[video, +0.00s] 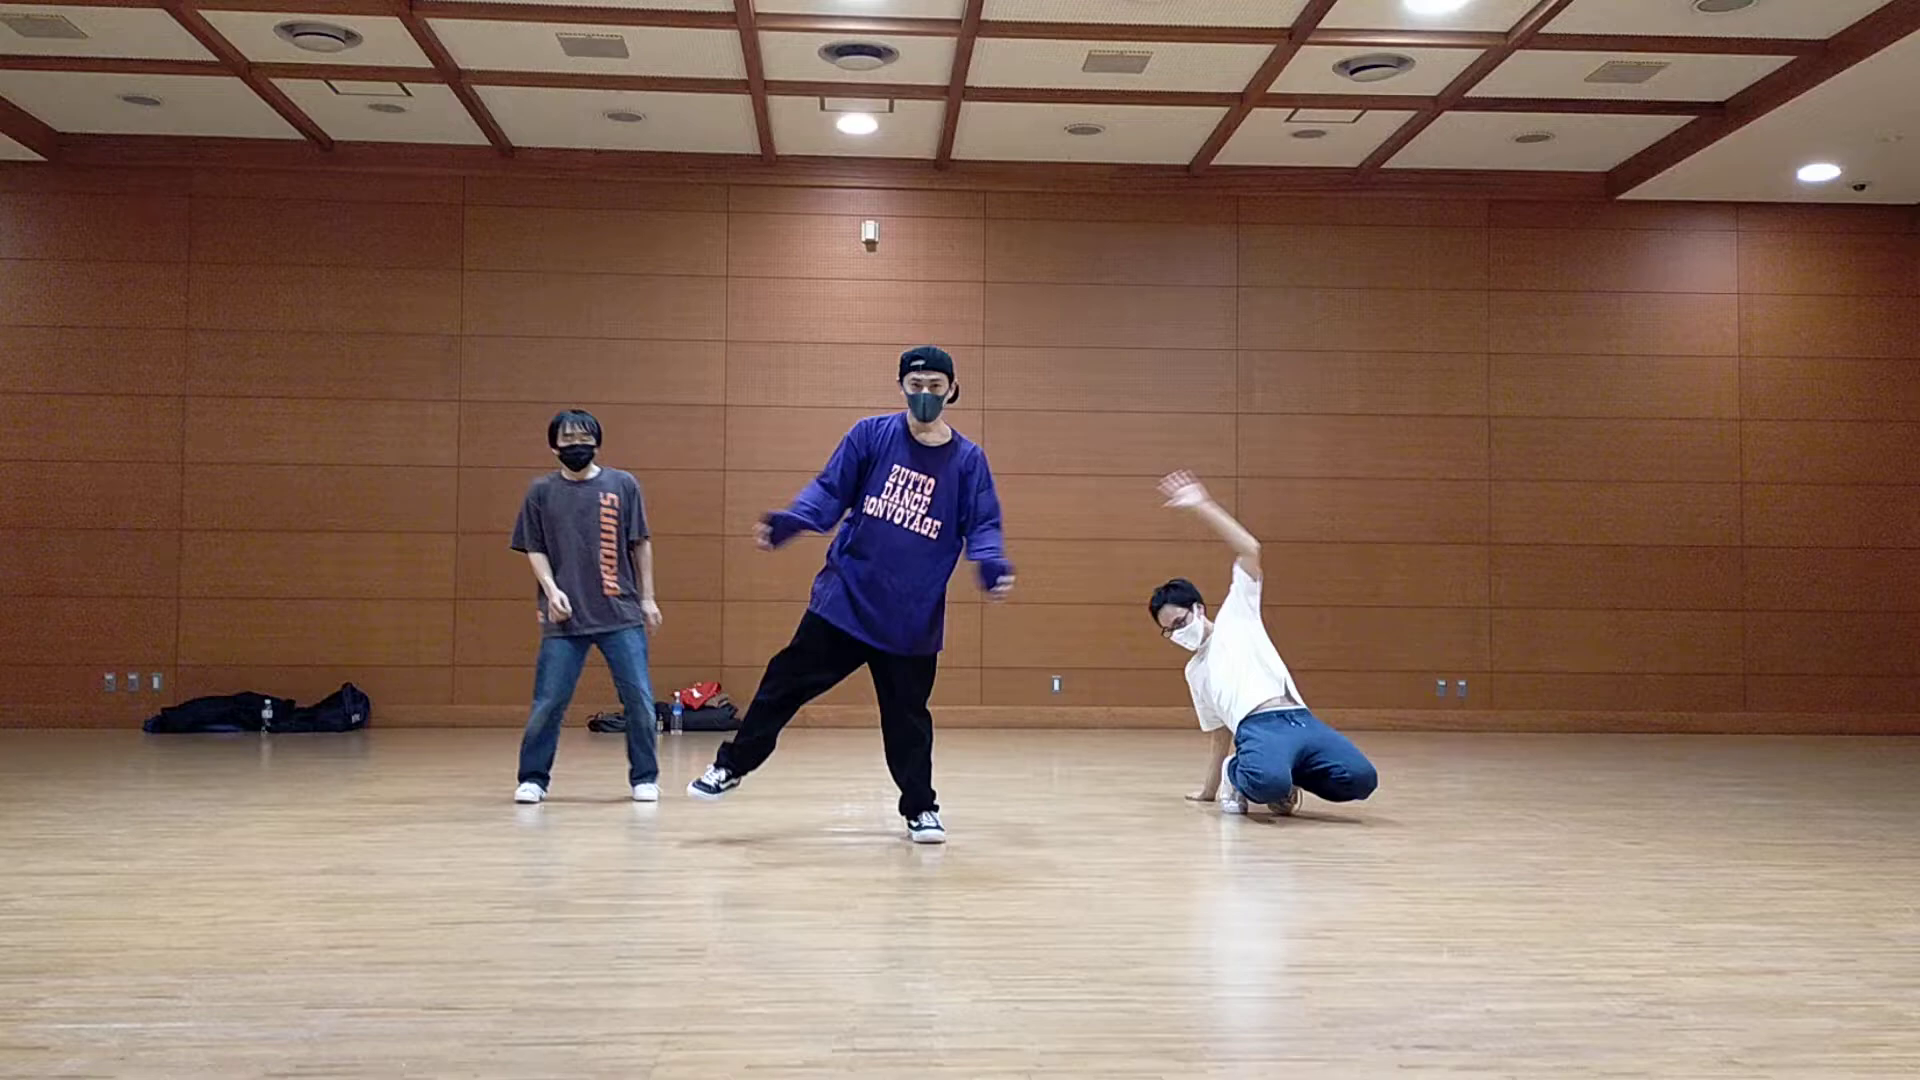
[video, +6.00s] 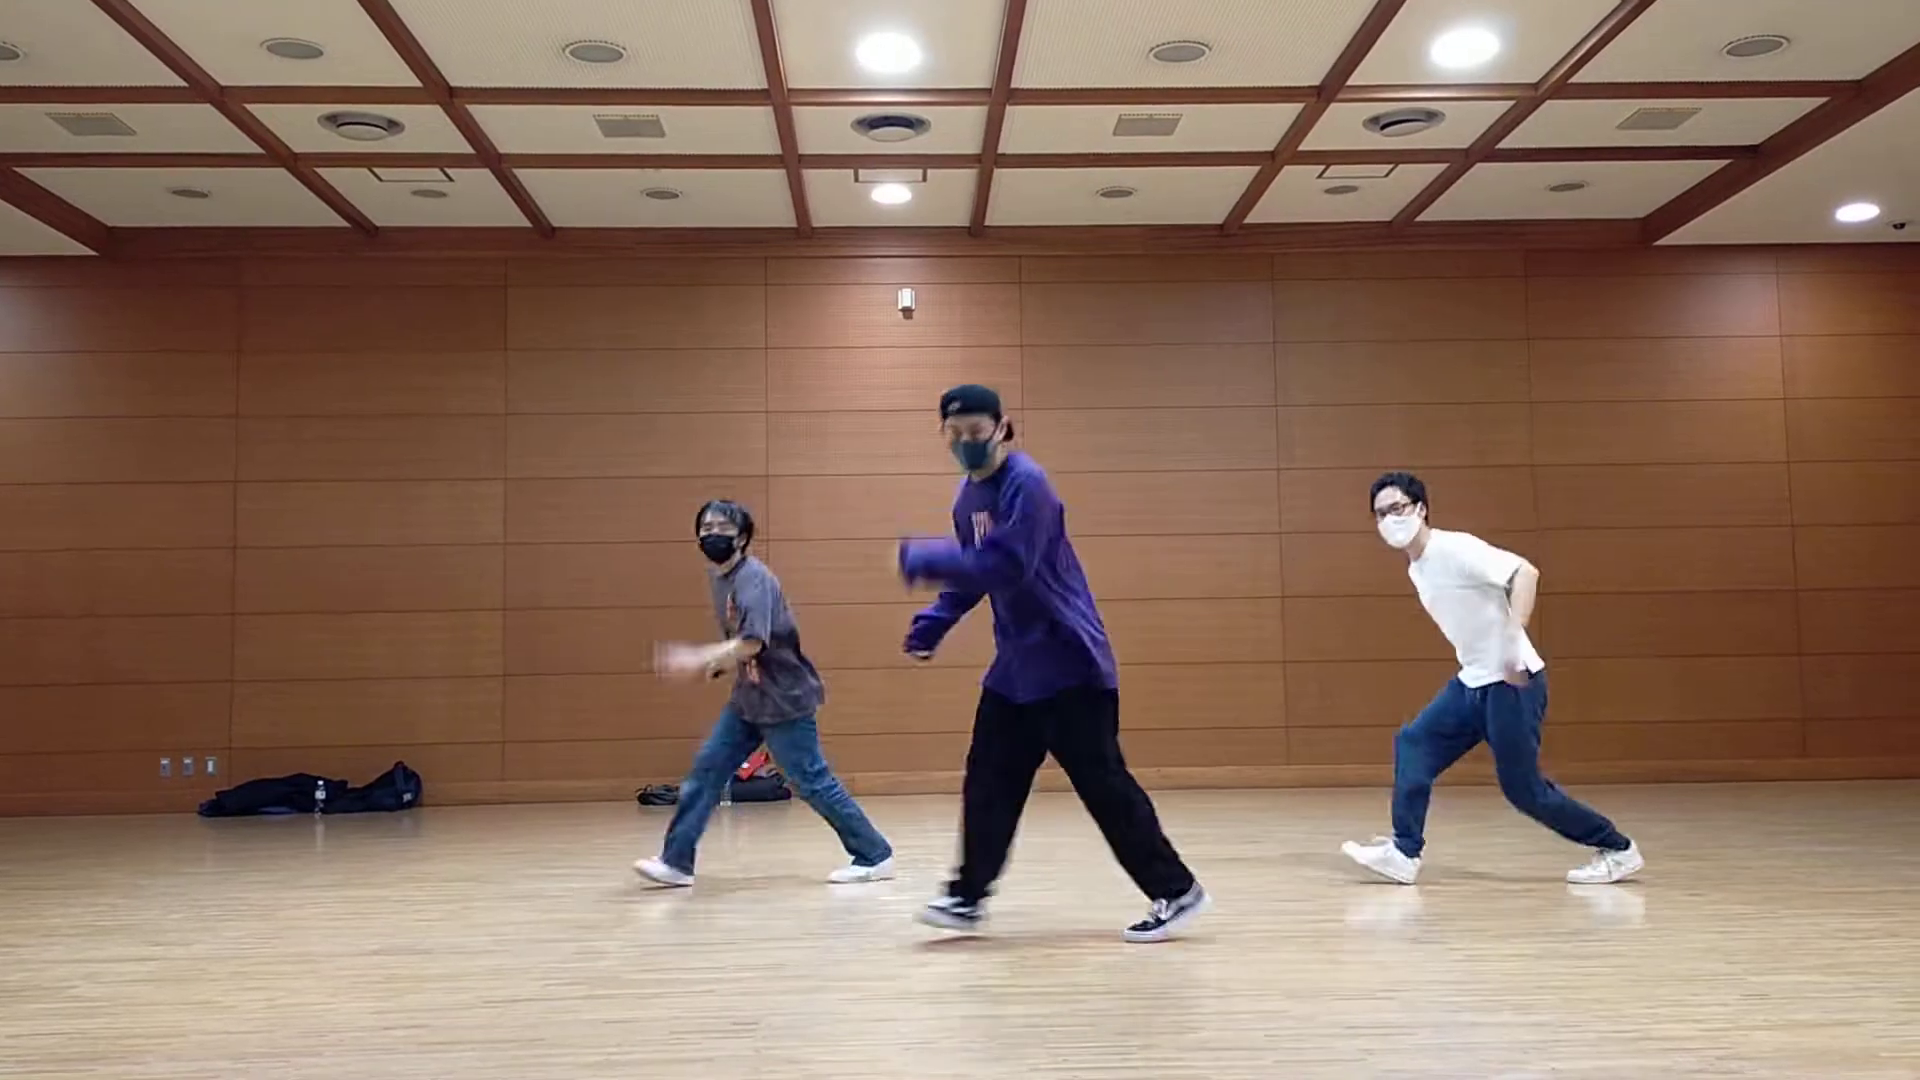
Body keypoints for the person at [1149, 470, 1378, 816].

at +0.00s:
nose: (1177, 634)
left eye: (1180, 622)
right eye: (1169, 631)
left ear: (1199, 609)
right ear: (1165, 635)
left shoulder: (1238, 611)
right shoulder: (1196, 673)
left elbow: (1250, 549)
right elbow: (1220, 736)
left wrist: (1201, 504)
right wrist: (1208, 791)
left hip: (1301, 719)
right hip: (1258, 730)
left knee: (1362, 781)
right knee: (1273, 786)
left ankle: (1290, 783)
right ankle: (1236, 781)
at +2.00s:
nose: (1284, 480)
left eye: (1291, 472)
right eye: (1274, 473)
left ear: (1304, 476)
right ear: (1261, 479)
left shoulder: (1329, 525)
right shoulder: (1242, 524)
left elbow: (1346, 589)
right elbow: (1217, 583)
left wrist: (1366, 649)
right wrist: (1193, 633)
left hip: (1314, 647)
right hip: (1261, 646)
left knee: (1312, 744)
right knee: (1264, 741)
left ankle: (1305, 829)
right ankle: (1267, 837)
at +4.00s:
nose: (1335, 528)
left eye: (1343, 519)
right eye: (1325, 520)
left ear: (1355, 525)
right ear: (1309, 529)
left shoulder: (1376, 574)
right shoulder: (1286, 580)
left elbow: (1390, 629)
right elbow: (1250, 627)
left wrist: (1403, 679)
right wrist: (1278, 678)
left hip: (1368, 706)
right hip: (1307, 708)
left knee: (1423, 774)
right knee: (1281, 773)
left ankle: (1458, 858)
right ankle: (1234, 855)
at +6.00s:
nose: (1392, 519)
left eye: (1400, 509)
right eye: (1382, 514)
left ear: (1421, 509)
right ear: (1376, 524)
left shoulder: (1454, 548)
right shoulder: (1419, 569)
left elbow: (1524, 574)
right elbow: (1471, 607)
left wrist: (1513, 642)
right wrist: (1478, 660)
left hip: (1511, 682)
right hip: (1472, 684)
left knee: (1523, 789)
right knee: (1415, 744)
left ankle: (1618, 849)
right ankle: (1403, 852)